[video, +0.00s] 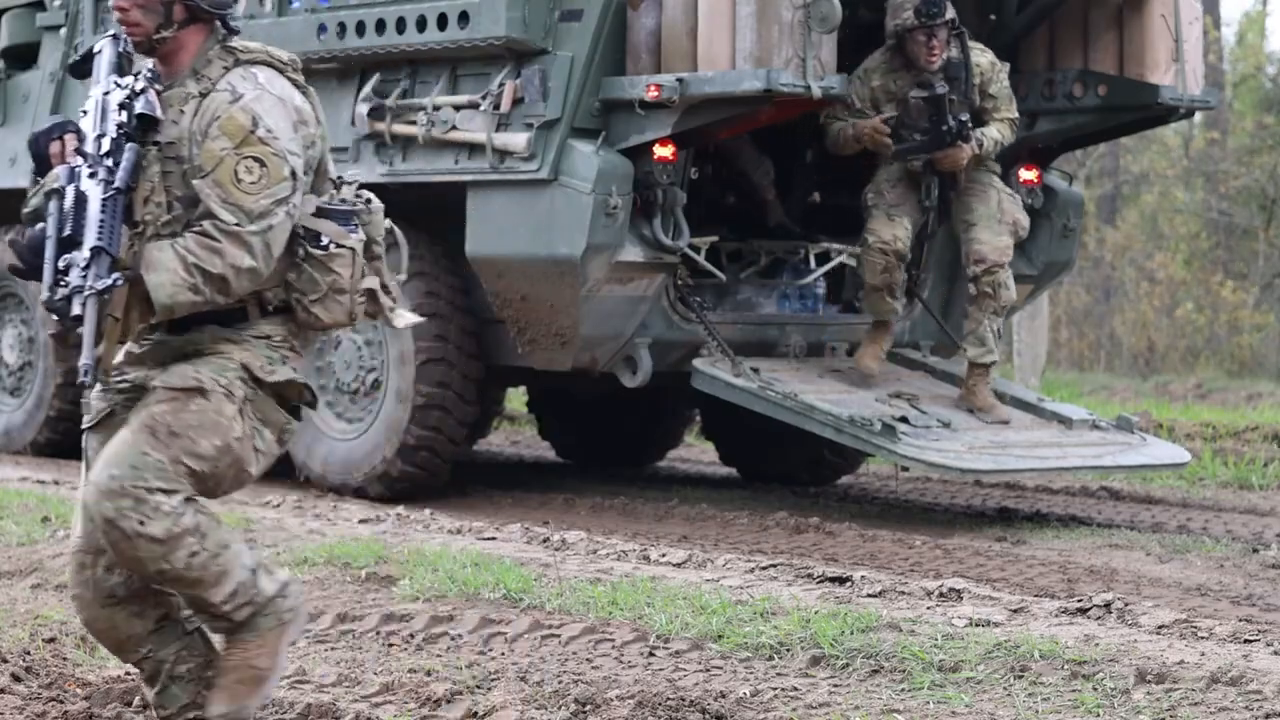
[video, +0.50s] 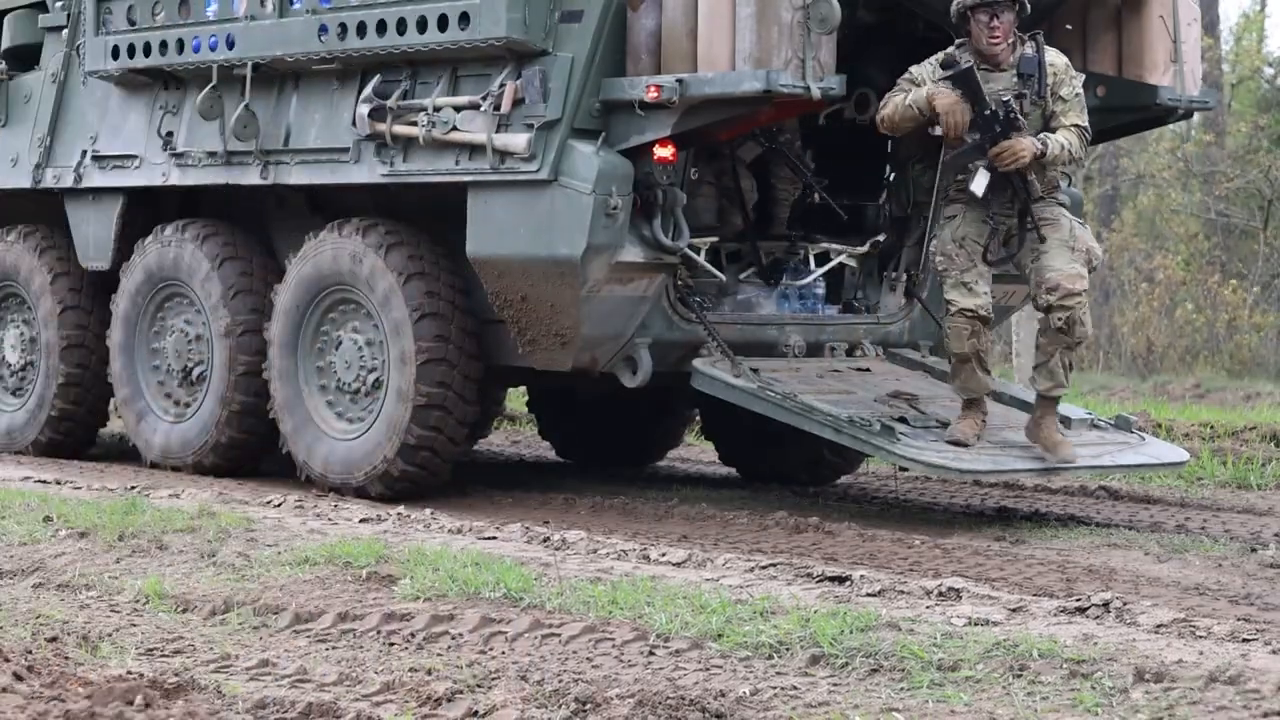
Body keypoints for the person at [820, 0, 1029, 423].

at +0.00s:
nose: (933, 45)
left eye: (940, 35)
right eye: (923, 36)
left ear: (951, 32)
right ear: (901, 39)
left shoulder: (980, 64)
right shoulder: (875, 73)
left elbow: (1007, 121)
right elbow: (833, 132)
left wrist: (973, 146)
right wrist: (859, 132)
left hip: (971, 170)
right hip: (901, 168)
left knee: (991, 262)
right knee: (883, 247)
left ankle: (978, 380)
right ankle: (879, 332)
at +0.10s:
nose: (947, 42)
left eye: (954, 31)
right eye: (937, 33)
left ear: (967, 30)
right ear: (917, 35)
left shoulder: (997, 63)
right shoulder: (893, 70)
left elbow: (1023, 124)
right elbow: (855, 139)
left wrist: (989, 147)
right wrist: (880, 128)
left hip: (991, 176)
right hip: (921, 174)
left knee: (1005, 277)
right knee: (906, 251)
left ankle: (978, 382)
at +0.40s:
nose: (978, 24)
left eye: (986, 15)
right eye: (967, 16)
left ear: (998, 20)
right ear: (950, 24)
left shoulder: (1034, 63)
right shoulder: (929, 69)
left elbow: (1061, 130)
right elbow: (880, 132)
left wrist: (1024, 146)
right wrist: (918, 105)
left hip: (1027, 192)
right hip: (959, 192)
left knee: (1058, 296)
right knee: (957, 295)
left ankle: (1005, 361)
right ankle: (972, 406)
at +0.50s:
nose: (992, 23)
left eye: (1000, 13)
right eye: (982, 15)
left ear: (1015, 18)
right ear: (967, 23)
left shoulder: (1051, 64)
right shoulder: (945, 66)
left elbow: (1077, 135)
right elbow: (887, 118)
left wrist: (1038, 147)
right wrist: (931, 97)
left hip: (1040, 201)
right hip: (968, 199)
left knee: (1066, 295)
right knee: (966, 307)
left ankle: (1045, 417)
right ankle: (972, 410)